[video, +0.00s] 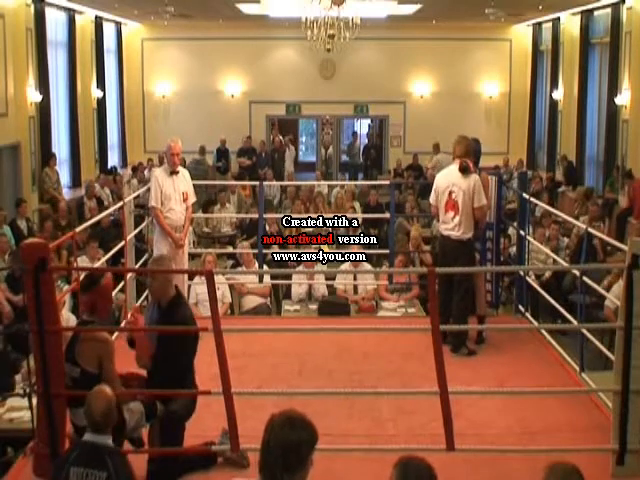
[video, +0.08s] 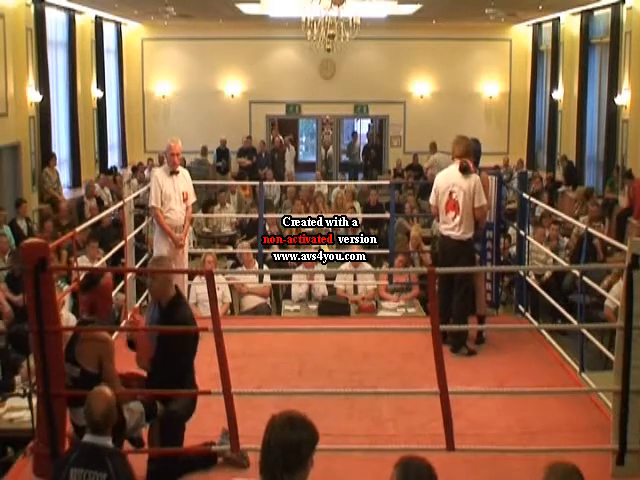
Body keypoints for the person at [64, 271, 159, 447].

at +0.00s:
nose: (113, 301)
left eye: (111, 294)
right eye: (109, 295)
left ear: (84, 299)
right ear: (97, 299)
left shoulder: (76, 333)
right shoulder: (102, 340)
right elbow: (114, 391)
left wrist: (126, 387)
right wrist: (137, 395)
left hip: (75, 412)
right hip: (93, 415)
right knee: (150, 406)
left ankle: (132, 431)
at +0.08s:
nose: (113, 300)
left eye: (111, 294)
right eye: (109, 294)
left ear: (84, 298)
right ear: (99, 299)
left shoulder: (75, 332)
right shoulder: (102, 339)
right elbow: (115, 390)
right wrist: (138, 395)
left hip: (75, 411)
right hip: (93, 414)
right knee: (150, 407)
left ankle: (133, 431)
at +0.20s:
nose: (113, 300)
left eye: (111, 294)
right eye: (109, 295)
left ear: (84, 298)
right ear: (99, 299)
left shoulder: (76, 332)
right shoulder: (102, 339)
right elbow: (115, 391)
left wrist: (126, 385)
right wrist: (138, 395)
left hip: (75, 411)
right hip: (94, 415)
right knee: (150, 407)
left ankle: (132, 431)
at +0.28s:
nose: (113, 301)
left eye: (111, 295)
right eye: (110, 295)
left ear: (84, 299)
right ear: (101, 300)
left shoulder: (73, 332)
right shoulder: (103, 339)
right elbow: (116, 390)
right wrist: (138, 395)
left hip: (75, 412)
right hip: (94, 415)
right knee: (150, 407)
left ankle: (132, 430)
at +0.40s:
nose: (113, 301)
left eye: (111, 295)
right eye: (109, 295)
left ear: (85, 298)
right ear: (100, 299)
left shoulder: (77, 331)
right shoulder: (104, 338)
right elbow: (117, 389)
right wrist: (138, 395)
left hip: (75, 412)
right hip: (94, 415)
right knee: (151, 407)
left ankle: (132, 430)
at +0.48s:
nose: (113, 301)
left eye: (111, 295)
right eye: (109, 295)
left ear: (86, 298)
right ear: (98, 299)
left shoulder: (78, 329)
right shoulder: (104, 337)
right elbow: (117, 386)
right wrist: (137, 396)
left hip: (76, 412)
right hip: (93, 416)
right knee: (150, 407)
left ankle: (132, 430)